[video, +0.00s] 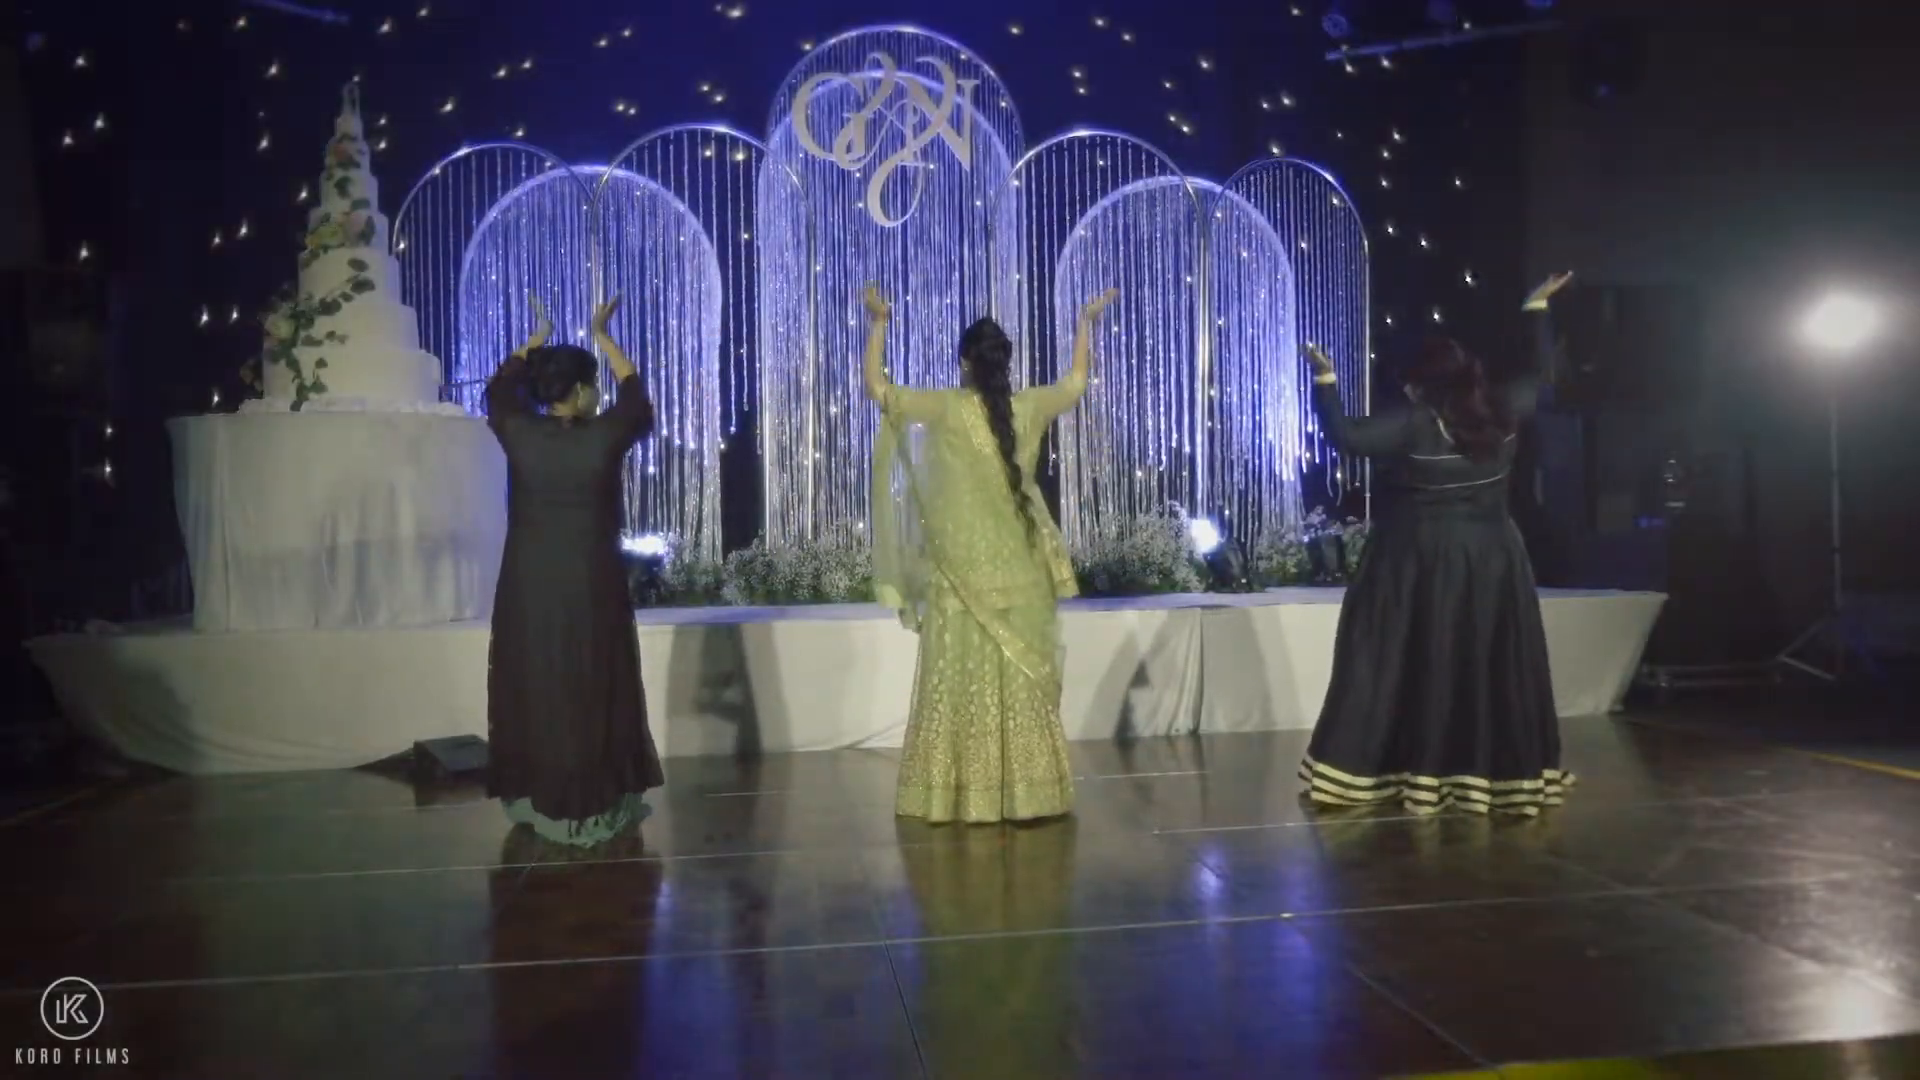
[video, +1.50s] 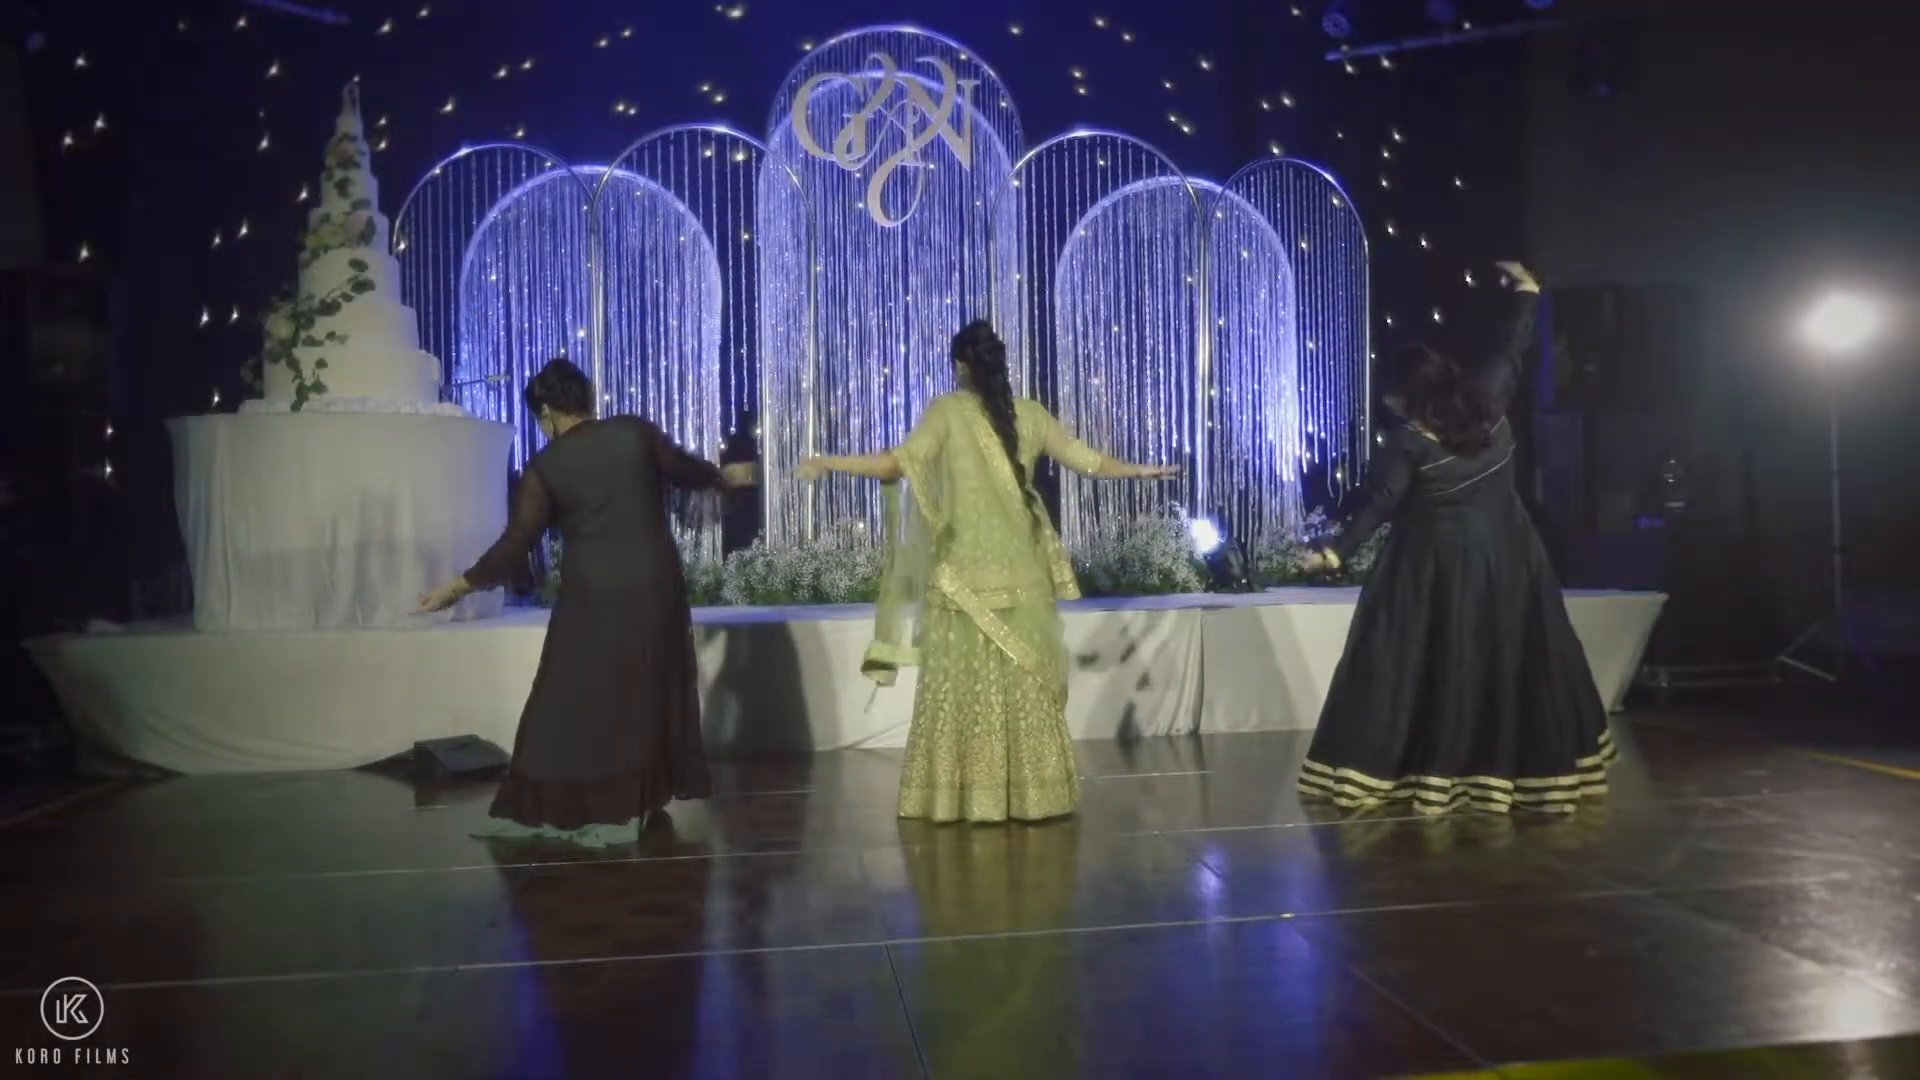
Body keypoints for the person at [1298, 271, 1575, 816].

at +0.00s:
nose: (1407, 387)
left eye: (1410, 379)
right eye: (1411, 379)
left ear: (1418, 383)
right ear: (1469, 374)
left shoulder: (1413, 424)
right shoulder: (1502, 409)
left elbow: (1348, 436)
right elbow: (1542, 373)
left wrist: (1326, 383)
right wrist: (1537, 310)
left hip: (1423, 546)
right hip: (1490, 544)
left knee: (1416, 661)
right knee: (1489, 663)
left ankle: (1415, 782)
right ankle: (1493, 782)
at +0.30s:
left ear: (1432, 377)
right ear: (1487, 375)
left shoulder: (1418, 413)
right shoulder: (1505, 414)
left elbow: (1371, 373)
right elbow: (1487, 355)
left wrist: (1409, 333)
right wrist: (1435, 328)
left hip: (1433, 543)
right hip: (1496, 542)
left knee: (1431, 657)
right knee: (1494, 657)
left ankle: (1425, 780)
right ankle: (1495, 779)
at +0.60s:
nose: (1436, 372)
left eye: (1434, 366)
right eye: (1451, 361)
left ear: (1432, 379)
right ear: (1486, 370)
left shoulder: (1417, 423)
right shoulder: (1510, 406)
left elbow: (1361, 431)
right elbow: (1518, 348)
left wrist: (1300, 399)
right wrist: (1507, 290)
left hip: (1433, 549)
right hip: (1500, 546)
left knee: (1420, 661)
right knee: (1498, 662)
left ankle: (1421, 780)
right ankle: (1496, 782)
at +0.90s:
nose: (1406, 396)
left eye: (1407, 388)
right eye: (1405, 388)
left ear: (1420, 388)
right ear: (1465, 372)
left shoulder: (1419, 436)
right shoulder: (1503, 405)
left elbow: (1370, 473)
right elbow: (1522, 352)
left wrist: (1301, 479)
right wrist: (1534, 295)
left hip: (1438, 555)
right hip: (1504, 549)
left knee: (1427, 663)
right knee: (1502, 662)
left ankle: (1427, 780)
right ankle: (1504, 780)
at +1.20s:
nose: (1394, 404)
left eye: (1397, 395)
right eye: (1394, 395)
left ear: (1412, 394)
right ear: (1451, 379)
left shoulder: (1413, 442)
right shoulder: (1491, 407)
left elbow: (1379, 496)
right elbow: (1510, 341)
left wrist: (1321, 529)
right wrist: (1523, 282)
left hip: (1438, 566)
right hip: (1507, 558)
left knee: (1429, 667)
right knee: (1507, 666)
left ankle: (1427, 781)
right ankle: (1510, 780)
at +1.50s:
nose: (1389, 409)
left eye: (1390, 401)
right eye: (1387, 400)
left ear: (1407, 397)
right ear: (1446, 380)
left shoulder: (1406, 444)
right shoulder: (1488, 402)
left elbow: (1382, 502)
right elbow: (1514, 348)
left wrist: (1337, 550)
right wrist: (1529, 292)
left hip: (1437, 556)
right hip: (1504, 547)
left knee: (1430, 664)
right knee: (1505, 660)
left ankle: (1431, 781)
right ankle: (1508, 778)